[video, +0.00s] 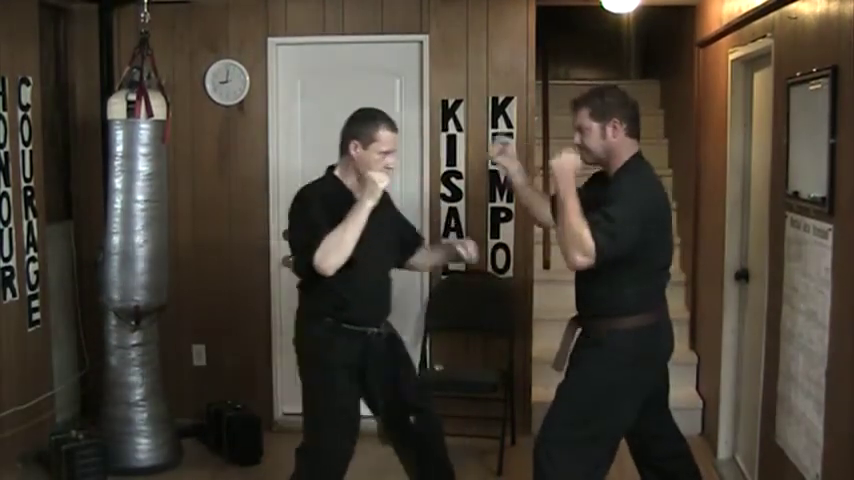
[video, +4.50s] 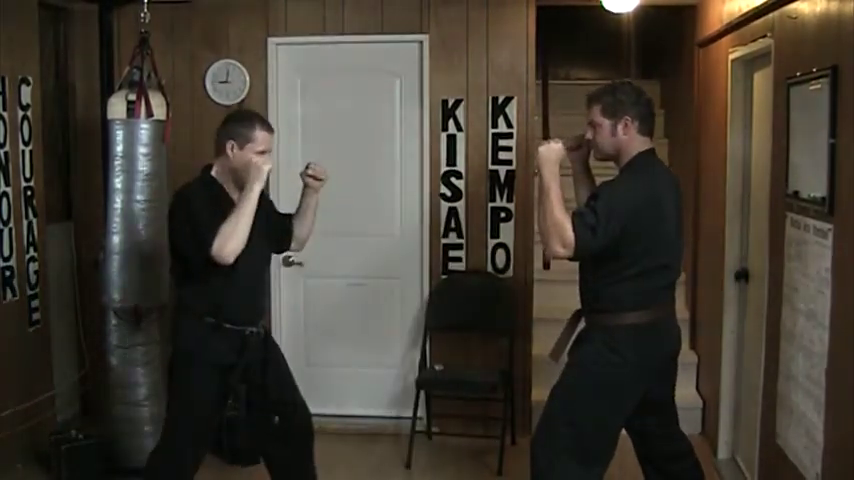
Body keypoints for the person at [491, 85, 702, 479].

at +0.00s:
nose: (575, 140)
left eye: (582, 131)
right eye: (575, 131)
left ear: (613, 130)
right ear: (612, 131)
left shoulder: (633, 188)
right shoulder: (612, 182)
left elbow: (580, 255)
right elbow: (551, 215)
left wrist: (566, 182)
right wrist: (516, 176)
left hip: (621, 342)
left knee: (558, 456)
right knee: (659, 450)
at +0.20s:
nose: (577, 139)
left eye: (582, 129)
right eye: (576, 130)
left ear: (612, 128)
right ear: (616, 128)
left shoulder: (626, 186)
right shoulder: (642, 178)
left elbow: (556, 246)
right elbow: (578, 228)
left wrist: (537, 180)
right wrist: (573, 168)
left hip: (617, 343)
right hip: (644, 337)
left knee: (554, 453)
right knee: (660, 448)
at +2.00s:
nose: (586, 135)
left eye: (591, 125)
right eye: (585, 125)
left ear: (621, 126)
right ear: (626, 126)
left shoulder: (621, 187)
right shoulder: (662, 179)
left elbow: (550, 247)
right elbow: (602, 220)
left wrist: (540, 185)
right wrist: (587, 163)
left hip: (616, 342)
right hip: (659, 337)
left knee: (557, 455)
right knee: (666, 449)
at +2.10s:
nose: (585, 136)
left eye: (590, 126)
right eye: (585, 126)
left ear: (620, 126)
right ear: (628, 126)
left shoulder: (618, 189)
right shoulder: (663, 180)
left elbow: (548, 253)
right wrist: (595, 169)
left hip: (617, 342)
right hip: (661, 336)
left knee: (557, 454)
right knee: (666, 450)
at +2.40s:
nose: (583, 140)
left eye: (588, 129)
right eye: (583, 130)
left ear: (618, 127)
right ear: (624, 127)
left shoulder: (623, 191)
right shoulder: (660, 181)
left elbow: (556, 265)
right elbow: (601, 231)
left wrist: (548, 252)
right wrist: (584, 172)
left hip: (621, 341)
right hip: (658, 335)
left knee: (559, 452)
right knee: (664, 449)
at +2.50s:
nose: (581, 141)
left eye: (587, 130)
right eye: (581, 131)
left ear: (618, 129)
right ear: (619, 129)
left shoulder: (633, 186)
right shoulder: (631, 178)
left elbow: (586, 260)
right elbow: (575, 221)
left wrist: (555, 205)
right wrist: (544, 185)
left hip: (625, 341)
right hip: (645, 333)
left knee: (562, 454)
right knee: (663, 450)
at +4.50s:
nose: (588, 136)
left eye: (594, 126)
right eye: (588, 127)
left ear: (625, 127)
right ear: (628, 127)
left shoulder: (631, 185)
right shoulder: (661, 179)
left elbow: (562, 243)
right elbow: (599, 227)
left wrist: (548, 170)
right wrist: (581, 167)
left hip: (618, 342)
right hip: (655, 336)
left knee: (556, 455)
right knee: (665, 450)